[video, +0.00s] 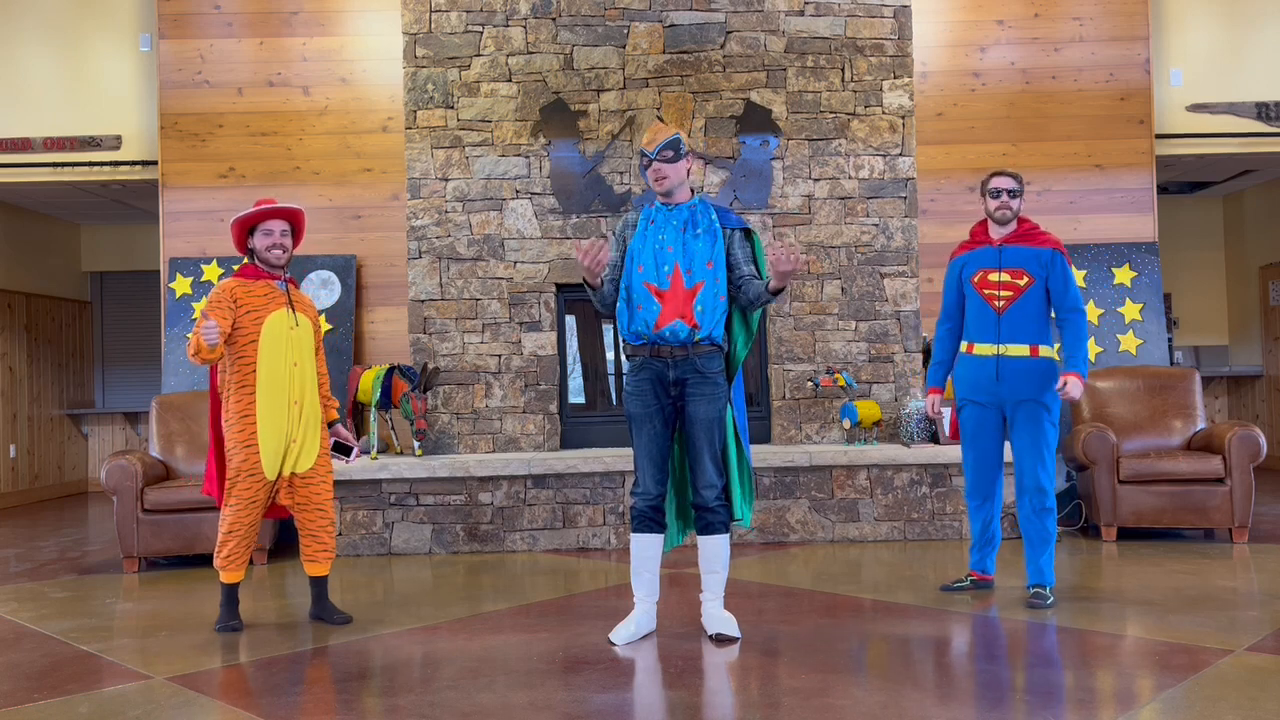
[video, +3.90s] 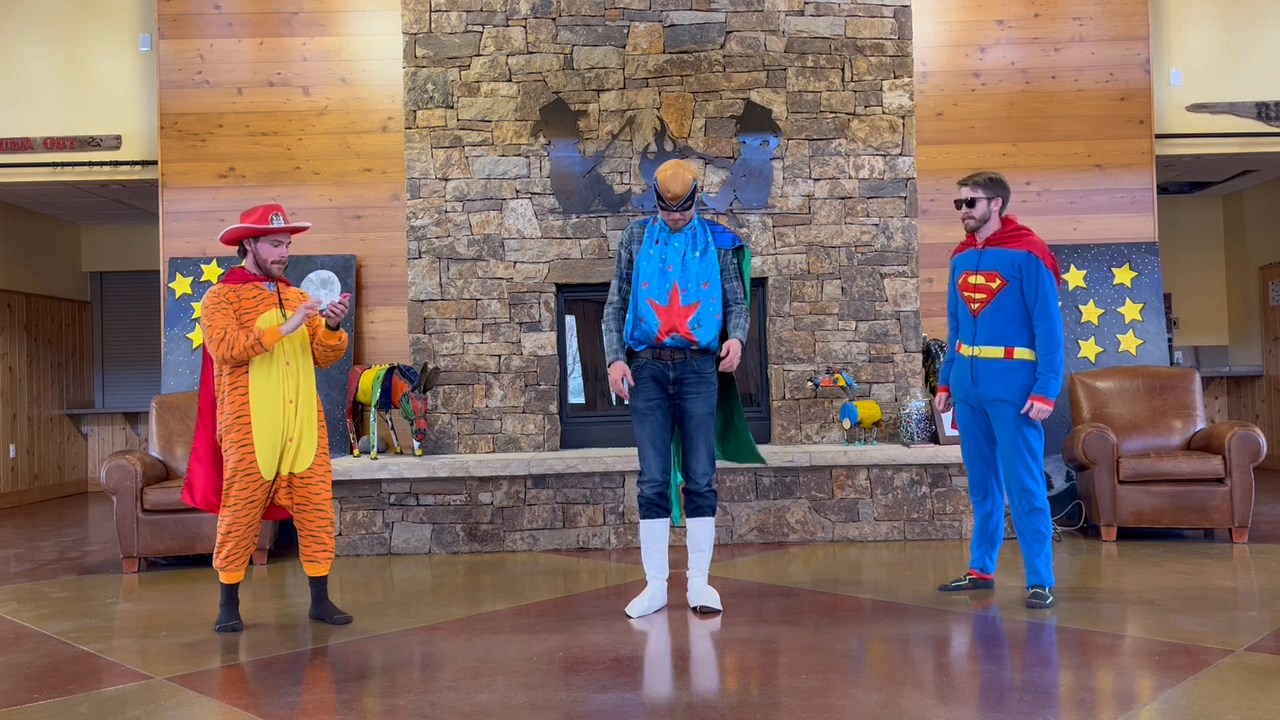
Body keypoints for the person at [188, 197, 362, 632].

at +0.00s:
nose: (277, 242)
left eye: (284, 235)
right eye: (267, 235)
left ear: (293, 243)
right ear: (251, 243)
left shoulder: (303, 300)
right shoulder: (229, 293)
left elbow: (318, 367)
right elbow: (200, 353)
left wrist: (332, 420)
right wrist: (207, 343)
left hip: (303, 418)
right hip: (250, 418)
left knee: (318, 499)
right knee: (244, 500)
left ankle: (321, 600)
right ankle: (229, 605)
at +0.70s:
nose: (289, 249)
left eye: (292, 240)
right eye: (279, 241)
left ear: (294, 243)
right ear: (254, 246)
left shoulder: (305, 300)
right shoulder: (229, 294)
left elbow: (328, 363)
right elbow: (201, 338)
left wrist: (355, 399)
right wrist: (205, 283)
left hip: (304, 422)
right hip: (250, 425)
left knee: (318, 504)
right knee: (243, 506)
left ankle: (321, 601)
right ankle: (229, 606)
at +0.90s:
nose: (291, 250)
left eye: (293, 243)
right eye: (283, 242)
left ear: (292, 248)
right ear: (257, 246)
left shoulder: (302, 300)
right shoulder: (225, 293)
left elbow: (327, 352)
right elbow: (227, 331)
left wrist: (361, 361)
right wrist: (266, 279)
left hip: (304, 425)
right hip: (248, 427)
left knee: (316, 503)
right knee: (242, 506)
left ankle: (321, 601)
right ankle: (229, 606)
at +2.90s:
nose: (283, 252)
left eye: (286, 244)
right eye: (274, 244)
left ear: (288, 247)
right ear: (249, 246)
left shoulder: (298, 298)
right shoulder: (221, 297)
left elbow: (325, 356)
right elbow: (231, 345)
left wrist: (333, 324)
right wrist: (291, 323)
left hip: (303, 420)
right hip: (249, 422)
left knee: (317, 502)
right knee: (242, 505)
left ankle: (320, 601)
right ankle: (229, 606)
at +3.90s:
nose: (286, 252)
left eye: (288, 244)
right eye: (276, 244)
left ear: (288, 247)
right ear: (251, 246)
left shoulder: (298, 298)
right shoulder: (221, 296)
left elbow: (324, 356)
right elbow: (225, 347)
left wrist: (334, 326)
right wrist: (285, 330)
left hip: (303, 419)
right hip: (249, 421)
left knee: (316, 500)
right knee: (242, 503)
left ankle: (320, 601)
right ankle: (229, 607)